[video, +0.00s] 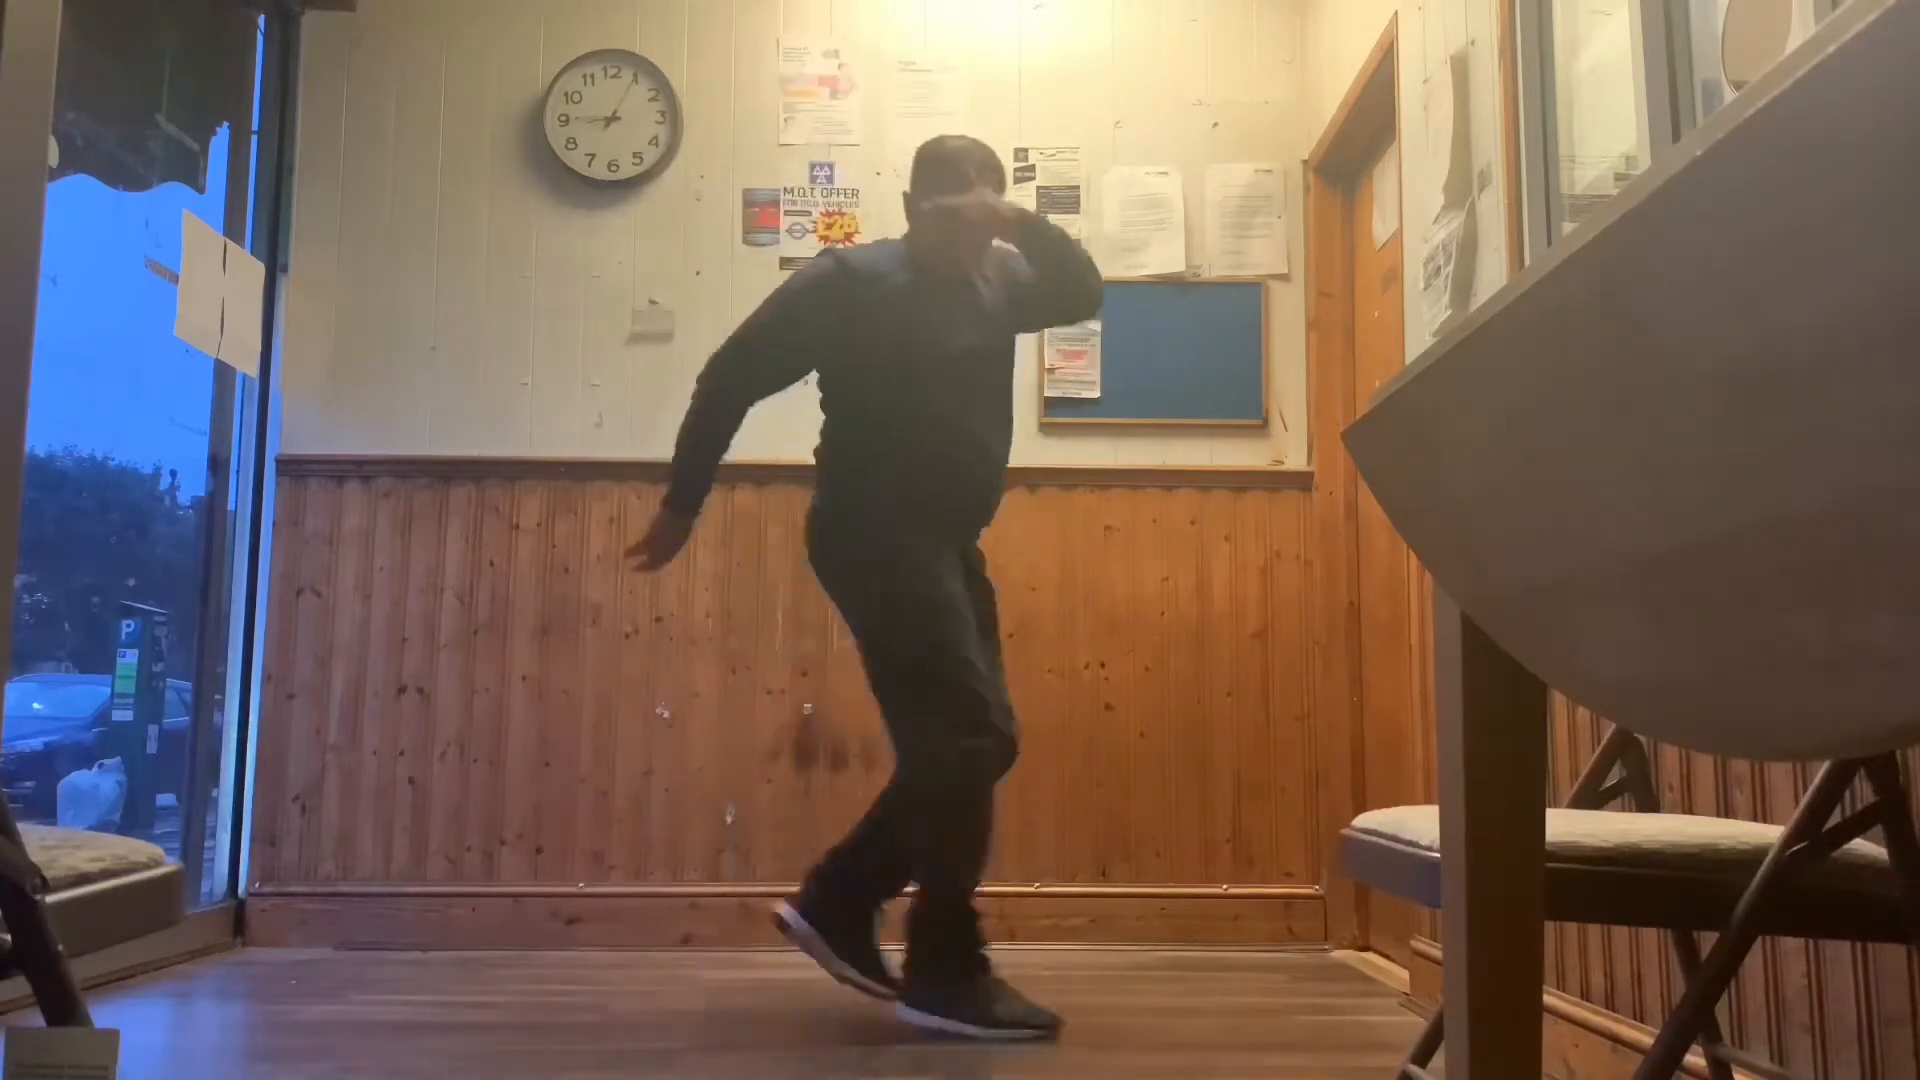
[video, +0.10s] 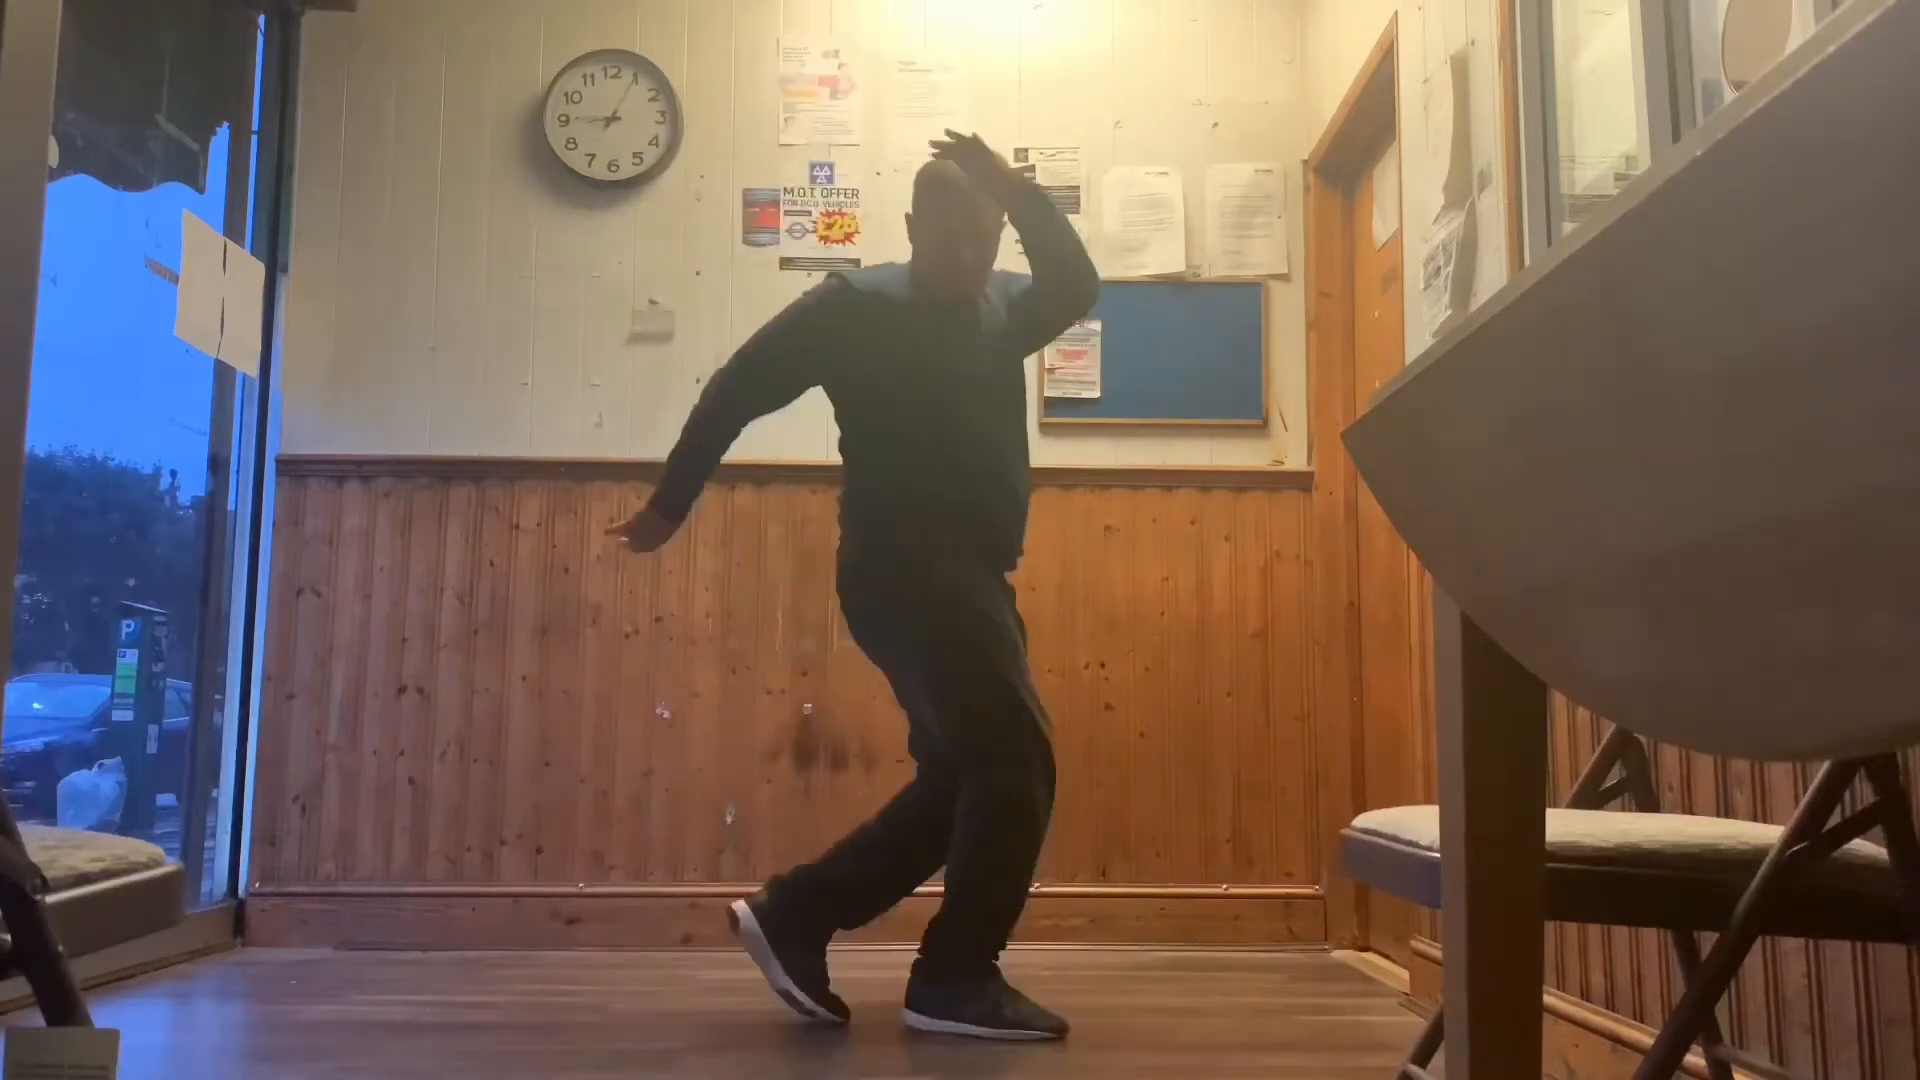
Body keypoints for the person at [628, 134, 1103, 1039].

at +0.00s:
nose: (982, 226)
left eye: (990, 210)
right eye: (962, 208)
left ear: (998, 215)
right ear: (919, 207)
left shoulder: (998, 293)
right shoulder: (849, 284)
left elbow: (1080, 293)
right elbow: (730, 378)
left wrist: (1022, 222)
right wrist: (681, 504)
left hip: (949, 542)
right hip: (872, 538)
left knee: (977, 740)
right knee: (964, 737)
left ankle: (838, 899)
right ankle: (944, 973)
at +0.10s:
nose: (975, 255)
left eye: (986, 239)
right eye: (959, 236)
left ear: (995, 241)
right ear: (917, 232)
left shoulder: (997, 321)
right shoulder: (851, 311)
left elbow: (1071, 286)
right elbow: (735, 390)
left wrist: (1019, 191)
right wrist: (672, 500)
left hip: (977, 581)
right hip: (906, 577)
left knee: (961, 789)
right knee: (1016, 766)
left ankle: (795, 919)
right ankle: (956, 979)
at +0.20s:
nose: (988, 225)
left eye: (996, 210)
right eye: (969, 208)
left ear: (1004, 219)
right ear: (924, 209)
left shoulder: (1020, 310)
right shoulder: (859, 303)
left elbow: (1098, 349)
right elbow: (764, 412)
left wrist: (1077, 288)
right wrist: (710, 533)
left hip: (970, 569)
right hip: (884, 567)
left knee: (1016, 762)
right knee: (978, 761)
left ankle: (845, 896)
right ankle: (949, 976)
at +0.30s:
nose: (978, 211)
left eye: (993, 193)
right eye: (961, 192)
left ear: (1008, 198)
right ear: (921, 189)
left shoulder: (1027, 303)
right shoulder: (854, 277)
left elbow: (1077, 390)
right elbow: (773, 391)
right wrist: (782, 494)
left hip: (960, 547)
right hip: (858, 544)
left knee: (984, 730)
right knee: (900, 728)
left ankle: (920, 929)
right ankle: (925, 971)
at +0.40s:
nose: (949, 212)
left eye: (965, 197)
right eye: (933, 195)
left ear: (992, 212)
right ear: (905, 204)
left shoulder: (1015, 325)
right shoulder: (842, 298)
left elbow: (1066, 438)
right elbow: (753, 388)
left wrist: (1082, 524)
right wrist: (797, 414)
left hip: (950, 559)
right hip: (845, 548)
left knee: (952, 764)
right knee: (866, 681)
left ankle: (918, 942)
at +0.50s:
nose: (926, 195)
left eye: (941, 181)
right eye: (911, 180)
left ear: (970, 195)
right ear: (885, 190)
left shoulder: (1003, 310)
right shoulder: (830, 286)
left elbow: (1046, 431)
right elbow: (741, 389)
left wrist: (1013, 494)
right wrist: (773, 373)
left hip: (934, 542)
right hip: (825, 528)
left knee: (935, 751)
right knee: (784, 626)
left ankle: (918, 945)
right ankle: (804, 763)